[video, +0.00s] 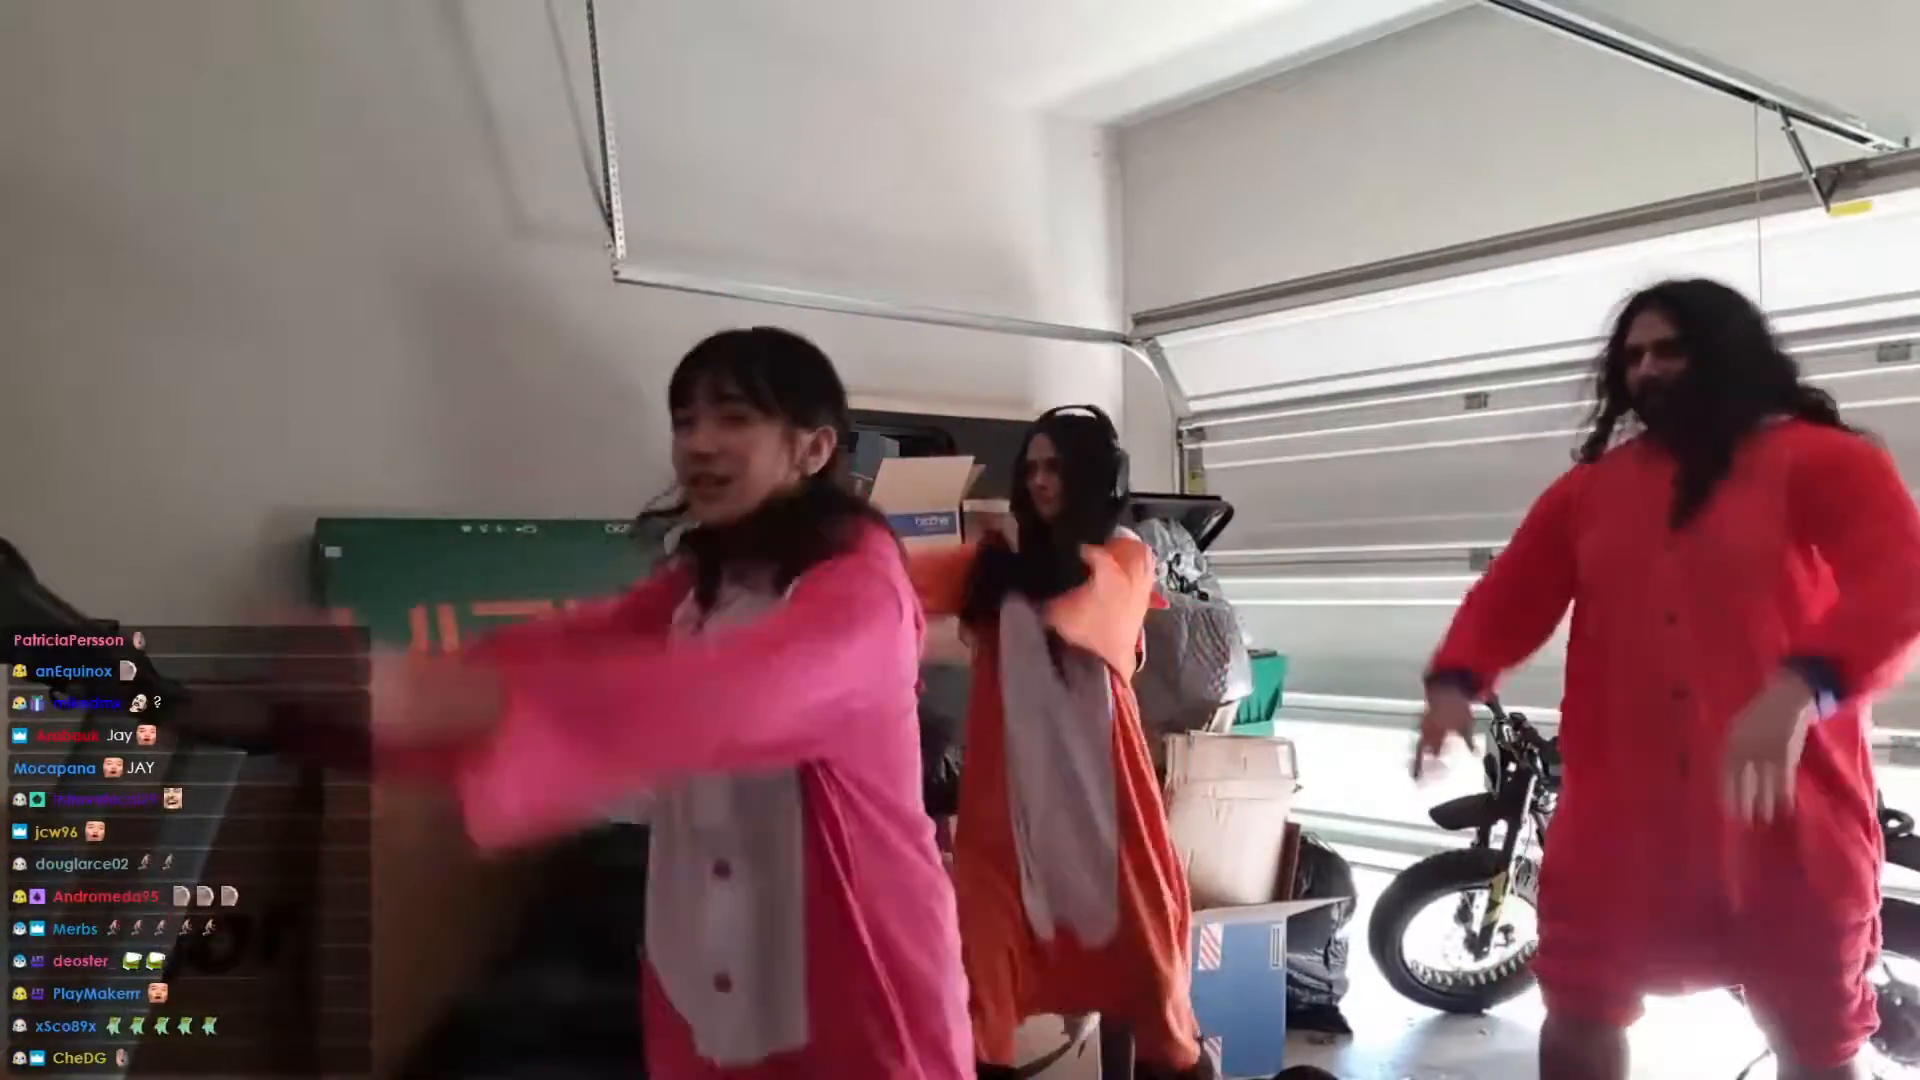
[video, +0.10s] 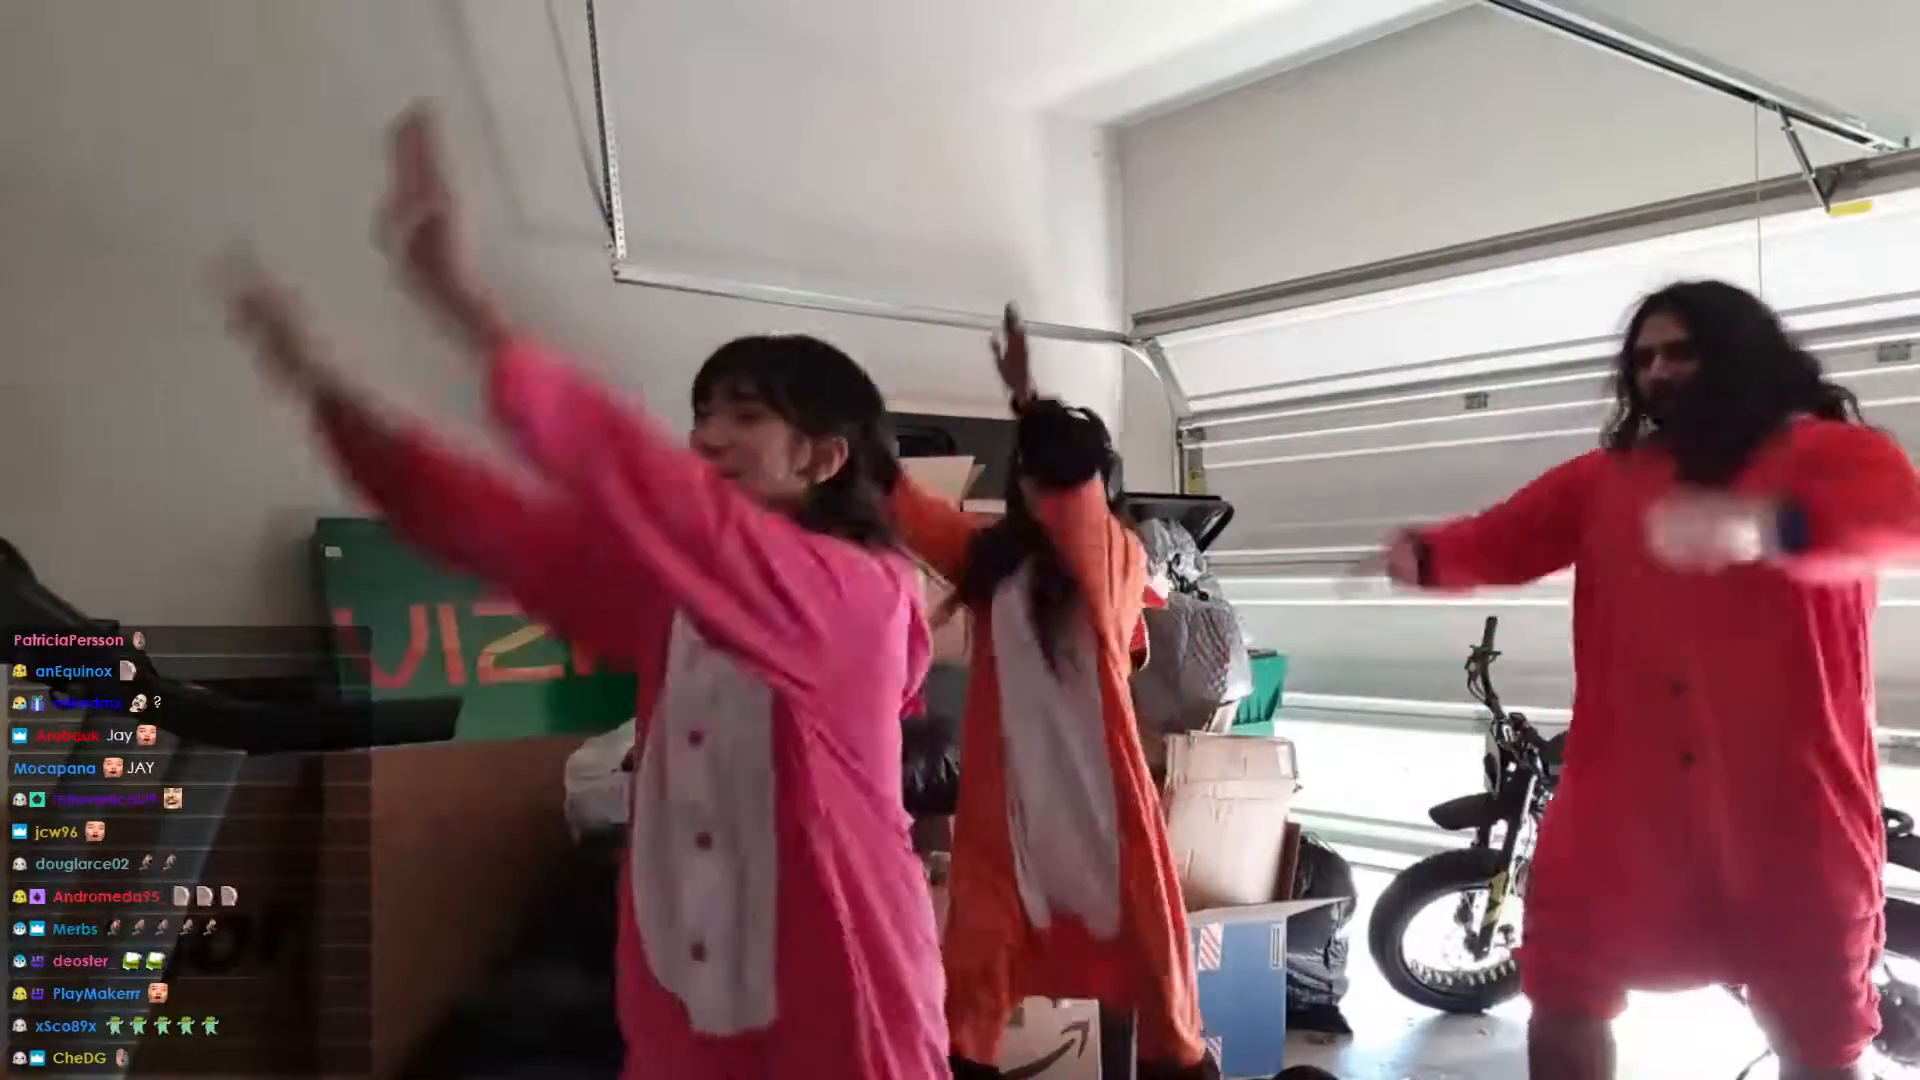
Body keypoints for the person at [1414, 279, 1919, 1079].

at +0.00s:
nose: (1645, 372)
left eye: (1667, 352)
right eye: (1631, 357)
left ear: (1722, 354)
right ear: (1617, 373)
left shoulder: (1824, 464)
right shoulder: (1592, 492)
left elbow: (1899, 588)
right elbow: (1513, 592)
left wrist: (1803, 687)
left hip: (1791, 822)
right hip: (1617, 819)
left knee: (1819, 1051)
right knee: (1578, 1033)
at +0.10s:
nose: (1657, 374)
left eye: (1679, 353)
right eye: (1642, 359)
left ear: (1735, 356)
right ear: (1627, 375)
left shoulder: (1823, 453)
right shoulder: (1605, 480)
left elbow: (1901, 512)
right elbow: (1508, 537)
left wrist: (1769, 525)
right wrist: (1426, 554)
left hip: (1787, 812)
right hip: (1621, 802)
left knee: (1822, 1047)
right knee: (1564, 1003)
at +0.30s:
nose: (1641, 392)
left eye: (1669, 373)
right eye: (1627, 376)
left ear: (1729, 383)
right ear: (1611, 394)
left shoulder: (1804, 473)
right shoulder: (1588, 481)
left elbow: (1840, 394)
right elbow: (1470, 438)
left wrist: (1767, 237)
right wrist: (1449, 306)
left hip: (1779, 833)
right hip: (1611, 823)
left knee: (1815, 1057)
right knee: (1539, 1004)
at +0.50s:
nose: (1648, 361)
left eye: (1671, 340)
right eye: (1628, 347)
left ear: (1720, 351)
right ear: (1606, 372)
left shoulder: (1802, 459)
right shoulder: (1578, 485)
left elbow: (1885, 546)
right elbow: (1483, 565)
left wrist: (1781, 553)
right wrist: (1409, 578)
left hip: (1764, 817)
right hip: (1597, 813)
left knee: (1808, 1051)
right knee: (1548, 1025)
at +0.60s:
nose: (1627, 369)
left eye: (1649, 348)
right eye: (1606, 355)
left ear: (1695, 361)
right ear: (1582, 381)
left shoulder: (1788, 484)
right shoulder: (1556, 508)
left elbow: (1855, 648)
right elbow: (1502, 636)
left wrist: (1779, 779)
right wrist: (1466, 755)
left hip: (1758, 829)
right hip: (1588, 832)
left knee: (1804, 1058)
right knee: (1550, 1035)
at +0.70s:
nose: (1611, 362)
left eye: (1635, 345)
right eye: (1589, 349)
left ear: (1677, 363)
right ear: (1565, 380)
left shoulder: (1774, 493)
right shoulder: (1527, 514)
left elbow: (1827, 655)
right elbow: (1499, 663)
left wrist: (1783, 815)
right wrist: (1511, 796)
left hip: (1750, 833)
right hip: (1576, 831)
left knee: (1804, 1060)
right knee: (1539, 1032)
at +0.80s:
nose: (1621, 352)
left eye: (1644, 335)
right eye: (1599, 339)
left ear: (1682, 353)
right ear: (1572, 368)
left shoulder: (1755, 472)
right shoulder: (1525, 493)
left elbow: (1837, 623)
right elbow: (1450, 612)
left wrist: (1769, 767)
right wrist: (1414, 734)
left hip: (1736, 821)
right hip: (1561, 827)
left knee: (1806, 1058)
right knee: (1538, 1039)